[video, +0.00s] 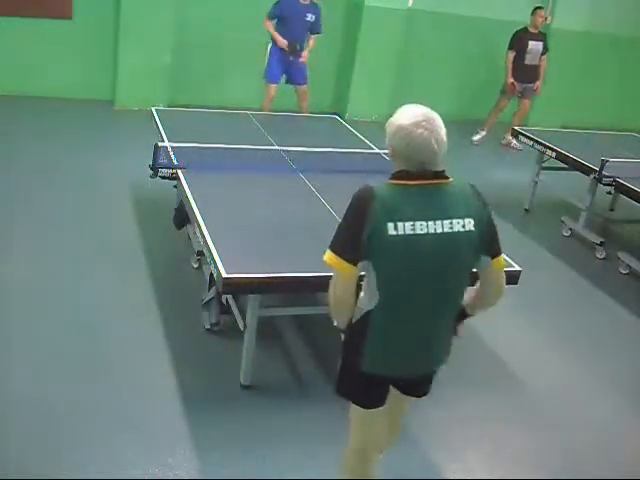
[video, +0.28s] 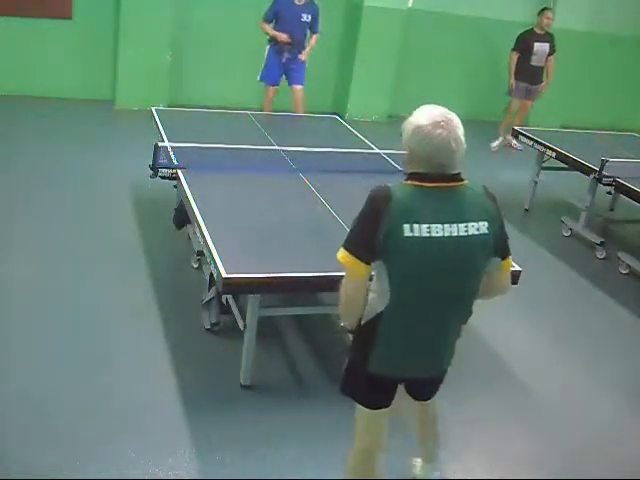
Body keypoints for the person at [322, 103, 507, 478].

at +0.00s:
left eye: (390, 144)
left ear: (392, 153)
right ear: (442, 150)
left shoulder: (371, 201)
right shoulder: (470, 199)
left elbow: (342, 287)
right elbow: (493, 289)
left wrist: (345, 325)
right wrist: (463, 309)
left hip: (376, 342)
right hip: (432, 342)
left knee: (364, 446)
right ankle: (379, 447)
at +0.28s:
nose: (403, 151)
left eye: (405, 146)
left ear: (409, 154)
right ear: (459, 153)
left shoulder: (386, 202)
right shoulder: (484, 202)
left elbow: (355, 281)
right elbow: (499, 282)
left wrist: (349, 323)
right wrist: (455, 289)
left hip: (385, 343)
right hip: (440, 341)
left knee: (369, 438)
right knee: (426, 404)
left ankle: (362, 471)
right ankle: (428, 468)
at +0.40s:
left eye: (420, 145)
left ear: (423, 154)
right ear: (473, 154)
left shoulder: (400, 200)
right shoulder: (492, 202)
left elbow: (367, 277)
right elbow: (503, 282)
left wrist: (359, 322)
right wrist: (464, 293)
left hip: (392, 340)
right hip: (448, 338)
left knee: (371, 441)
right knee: (442, 413)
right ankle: (449, 473)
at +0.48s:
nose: (423, 148)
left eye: (427, 143)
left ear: (430, 153)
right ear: (479, 155)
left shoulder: (408, 199)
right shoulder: (498, 202)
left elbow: (375, 277)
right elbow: (511, 278)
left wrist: (363, 321)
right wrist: (471, 294)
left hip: (398, 338)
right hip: (454, 336)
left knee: (375, 440)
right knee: (449, 414)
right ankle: (454, 473)